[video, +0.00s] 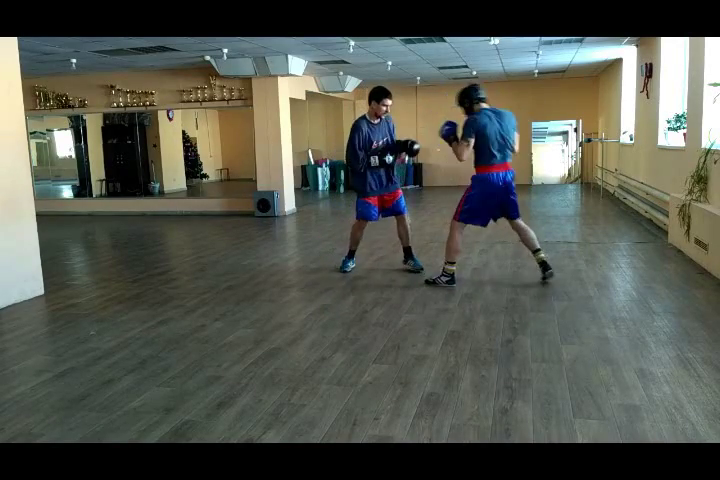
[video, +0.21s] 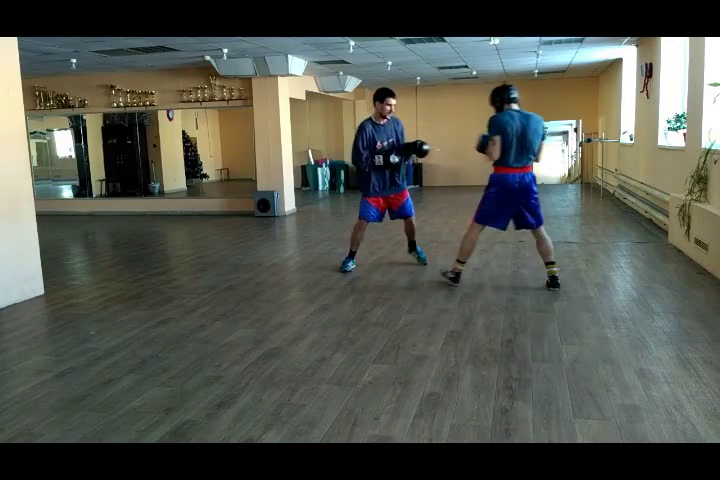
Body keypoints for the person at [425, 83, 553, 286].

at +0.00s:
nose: (463, 111)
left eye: (463, 107)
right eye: (462, 107)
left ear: (468, 104)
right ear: (483, 100)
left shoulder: (473, 120)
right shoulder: (507, 115)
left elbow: (461, 155)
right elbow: (514, 148)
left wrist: (451, 139)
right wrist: (491, 139)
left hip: (484, 181)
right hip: (507, 178)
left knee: (457, 225)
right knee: (516, 221)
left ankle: (448, 274)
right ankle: (543, 262)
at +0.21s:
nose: (494, 108)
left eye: (494, 105)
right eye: (494, 106)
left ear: (498, 103)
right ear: (517, 101)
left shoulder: (498, 120)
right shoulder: (537, 120)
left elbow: (494, 155)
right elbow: (537, 157)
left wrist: (483, 146)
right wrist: (518, 144)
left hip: (501, 181)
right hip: (526, 181)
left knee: (475, 227)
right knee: (539, 230)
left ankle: (455, 272)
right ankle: (553, 276)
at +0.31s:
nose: (499, 105)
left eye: (499, 102)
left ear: (503, 100)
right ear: (523, 97)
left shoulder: (502, 116)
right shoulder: (542, 117)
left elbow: (496, 149)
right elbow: (544, 154)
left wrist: (487, 143)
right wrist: (526, 143)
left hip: (504, 178)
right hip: (530, 178)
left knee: (480, 225)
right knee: (541, 228)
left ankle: (465, 270)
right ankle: (553, 276)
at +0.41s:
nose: (506, 101)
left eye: (506, 98)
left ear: (509, 96)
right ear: (530, 95)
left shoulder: (505, 111)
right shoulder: (547, 113)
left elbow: (492, 142)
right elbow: (547, 150)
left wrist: (488, 132)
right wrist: (532, 135)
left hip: (507, 175)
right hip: (534, 175)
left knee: (488, 223)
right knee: (543, 227)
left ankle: (479, 270)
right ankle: (554, 276)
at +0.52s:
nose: (507, 101)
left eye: (507, 98)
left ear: (510, 97)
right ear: (531, 95)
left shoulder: (505, 112)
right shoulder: (548, 114)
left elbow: (490, 146)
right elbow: (545, 151)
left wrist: (487, 132)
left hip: (508, 176)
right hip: (534, 176)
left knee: (491, 224)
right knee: (544, 227)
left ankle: (484, 271)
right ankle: (554, 276)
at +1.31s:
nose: (540, 101)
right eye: (540, 98)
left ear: (518, 95)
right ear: (538, 98)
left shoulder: (499, 116)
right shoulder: (543, 117)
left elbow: (484, 149)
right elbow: (551, 156)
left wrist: (503, 142)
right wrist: (537, 142)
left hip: (504, 180)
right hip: (529, 181)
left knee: (499, 227)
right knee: (537, 236)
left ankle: (489, 271)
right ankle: (534, 291)